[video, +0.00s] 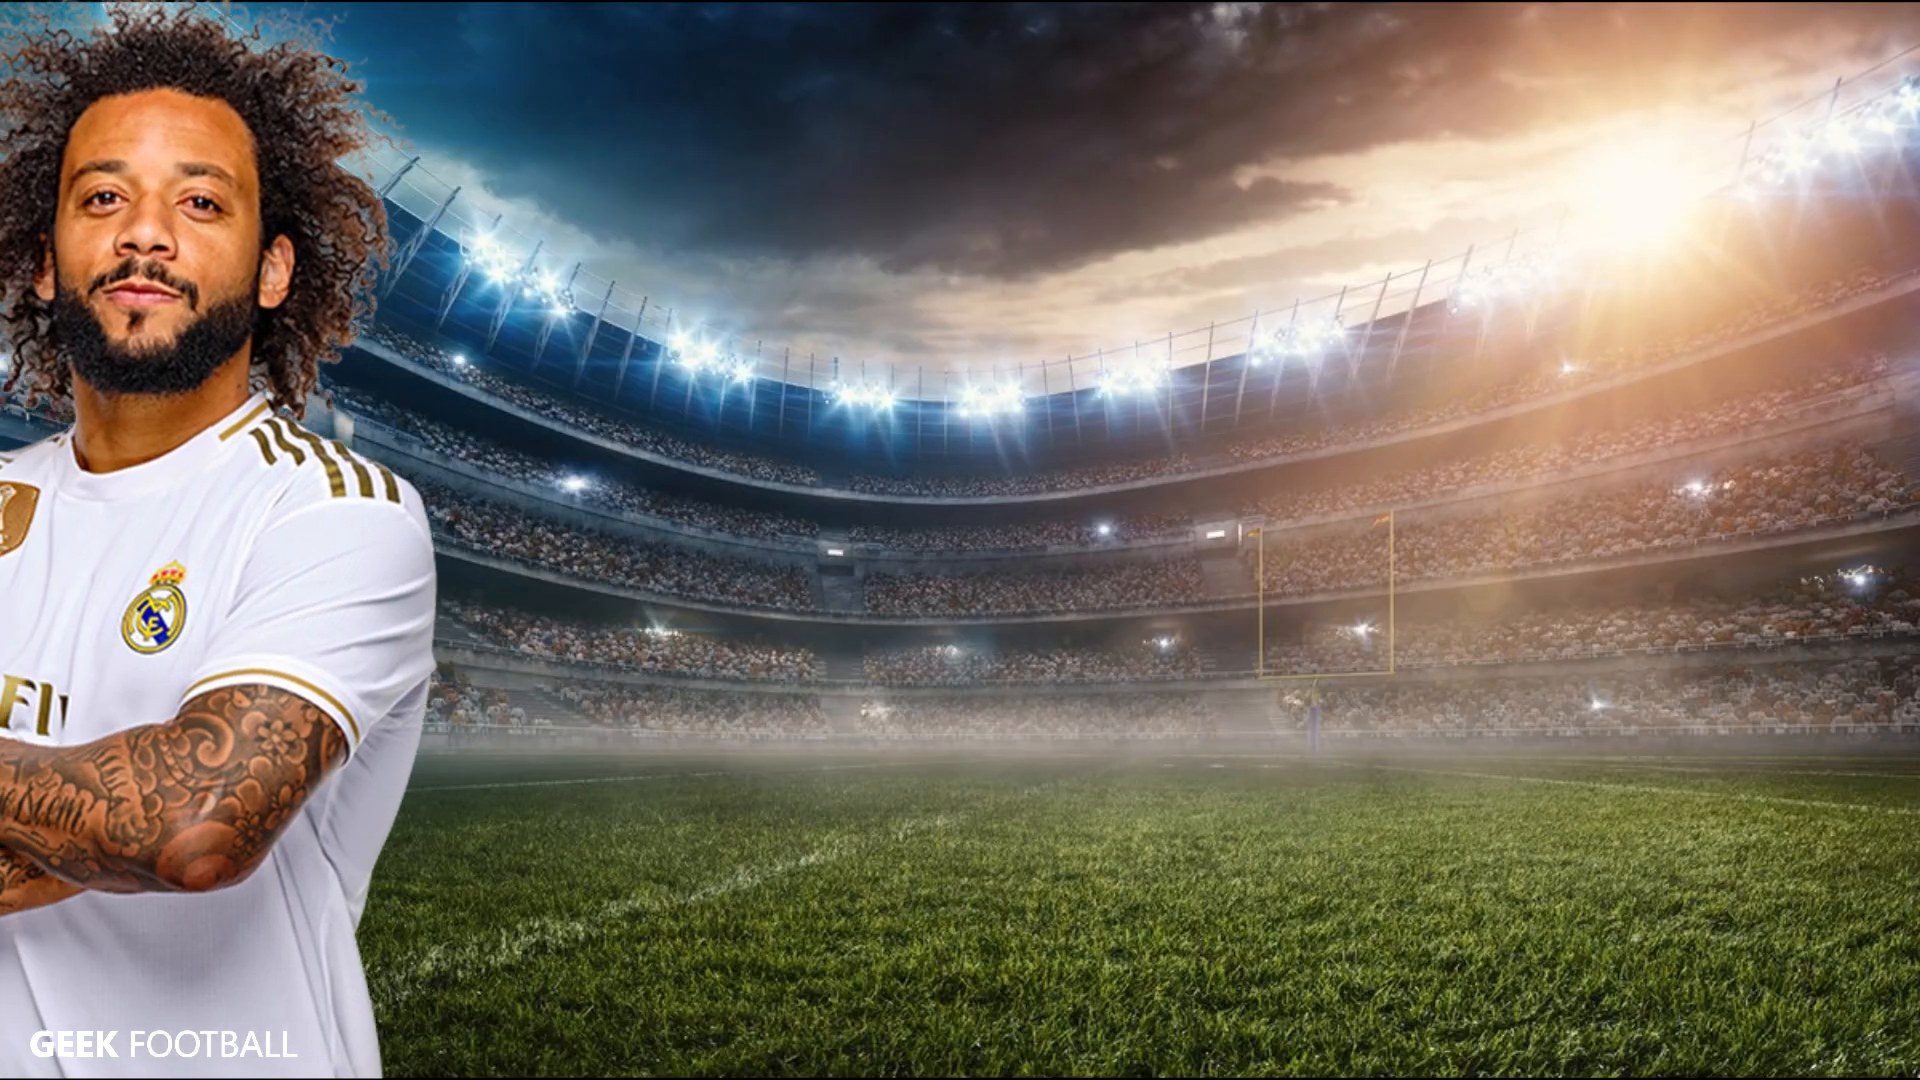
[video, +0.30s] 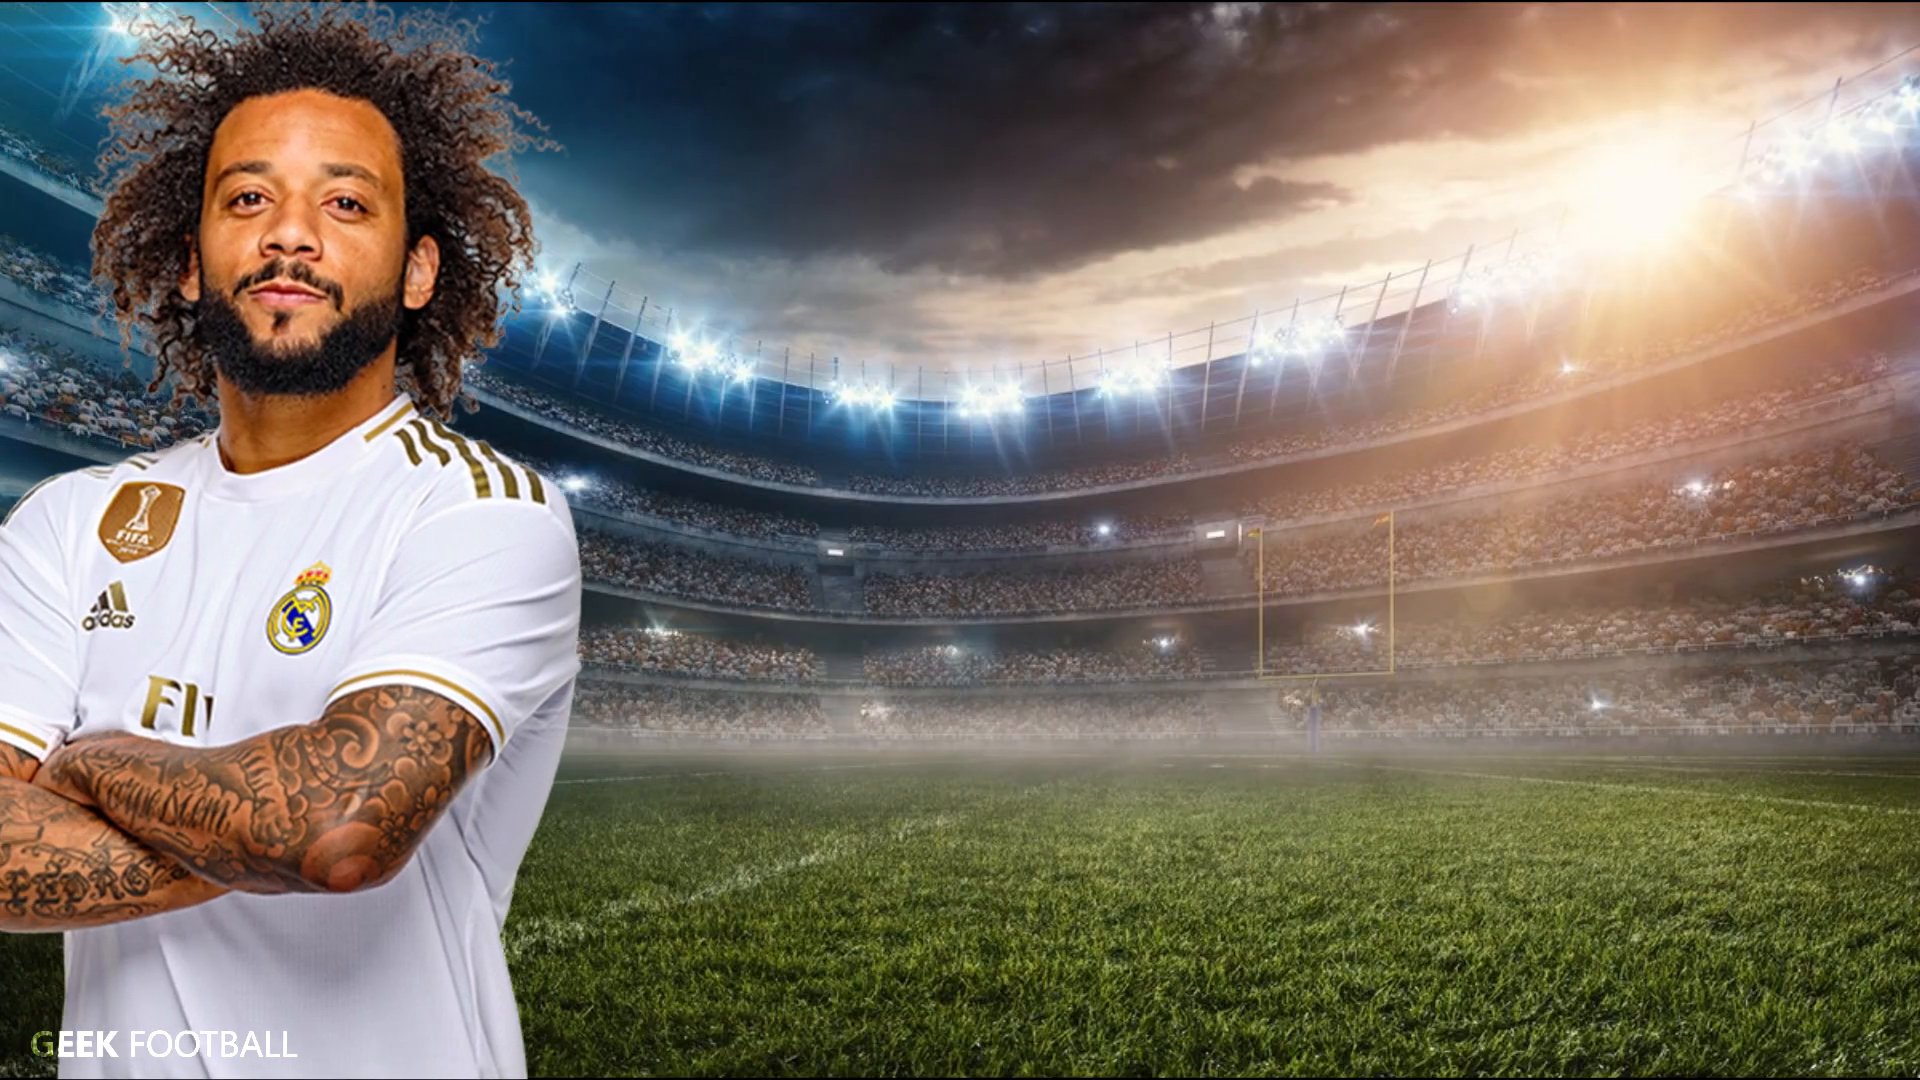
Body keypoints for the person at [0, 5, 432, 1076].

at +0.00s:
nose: (144, 233)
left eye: (199, 200)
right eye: (102, 199)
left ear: (269, 268)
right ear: (50, 260)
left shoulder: (343, 515)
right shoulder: (6, 499)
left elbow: (196, 821)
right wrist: (127, 808)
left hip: (254, 1060)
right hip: (23, 1056)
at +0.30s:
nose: (290, 235)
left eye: (345, 203)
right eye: (247, 200)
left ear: (415, 271)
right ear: (192, 261)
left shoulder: (489, 515)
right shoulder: (65, 523)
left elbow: (342, 825)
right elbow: (7, 868)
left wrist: (76, 760)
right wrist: (263, 826)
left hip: (396, 1064)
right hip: (122, 1064)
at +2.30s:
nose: (424, 238)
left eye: (480, 204)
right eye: (381, 199)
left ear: (548, 273)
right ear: (328, 260)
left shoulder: (623, 518)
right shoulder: (202, 523)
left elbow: (477, 825)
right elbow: (75, 856)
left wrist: (213, 760)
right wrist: (397, 830)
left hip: (534, 1063)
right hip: (255, 1062)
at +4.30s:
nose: (383, 238)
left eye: (439, 203)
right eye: (340, 200)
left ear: (508, 272)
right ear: (288, 261)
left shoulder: (582, 518)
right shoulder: (162, 522)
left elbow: (438, 824)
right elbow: (24, 848)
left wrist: (175, 760)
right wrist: (352, 829)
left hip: (493, 1063)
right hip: (213, 1061)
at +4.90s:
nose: (260, 234)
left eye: (317, 203)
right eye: (219, 198)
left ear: (386, 273)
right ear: (163, 262)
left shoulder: (462, 516)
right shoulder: (39, 521)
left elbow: (314, 824)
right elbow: (7, 875)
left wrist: (43, 760)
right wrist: (241, 821)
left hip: (367, 1063)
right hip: (90, 1063)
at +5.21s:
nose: (130, 232)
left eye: (186, 200)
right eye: (89, 198)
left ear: (256, 268)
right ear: (36, 258)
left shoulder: (330, 514)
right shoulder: (5, 492)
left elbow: (185, 820)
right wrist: (108, 809)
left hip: (237, 1057)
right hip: (18, 1053)